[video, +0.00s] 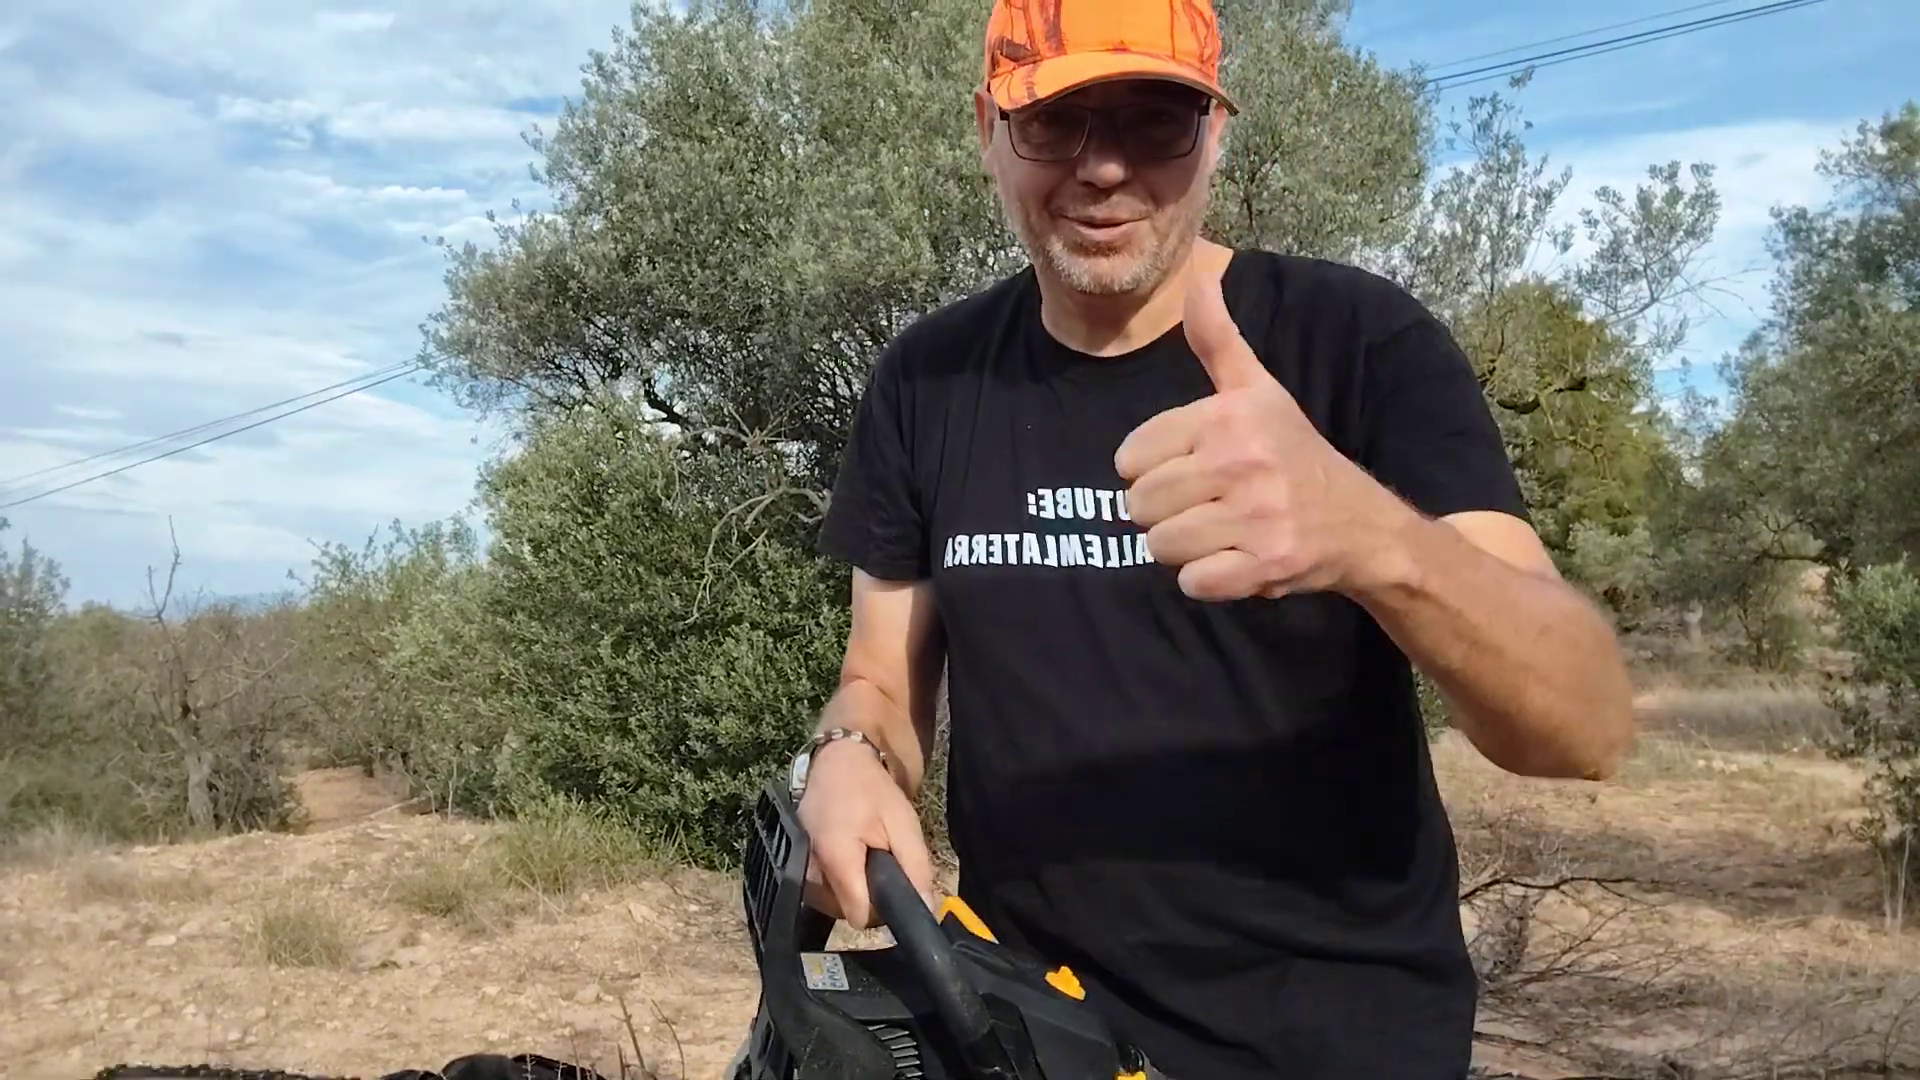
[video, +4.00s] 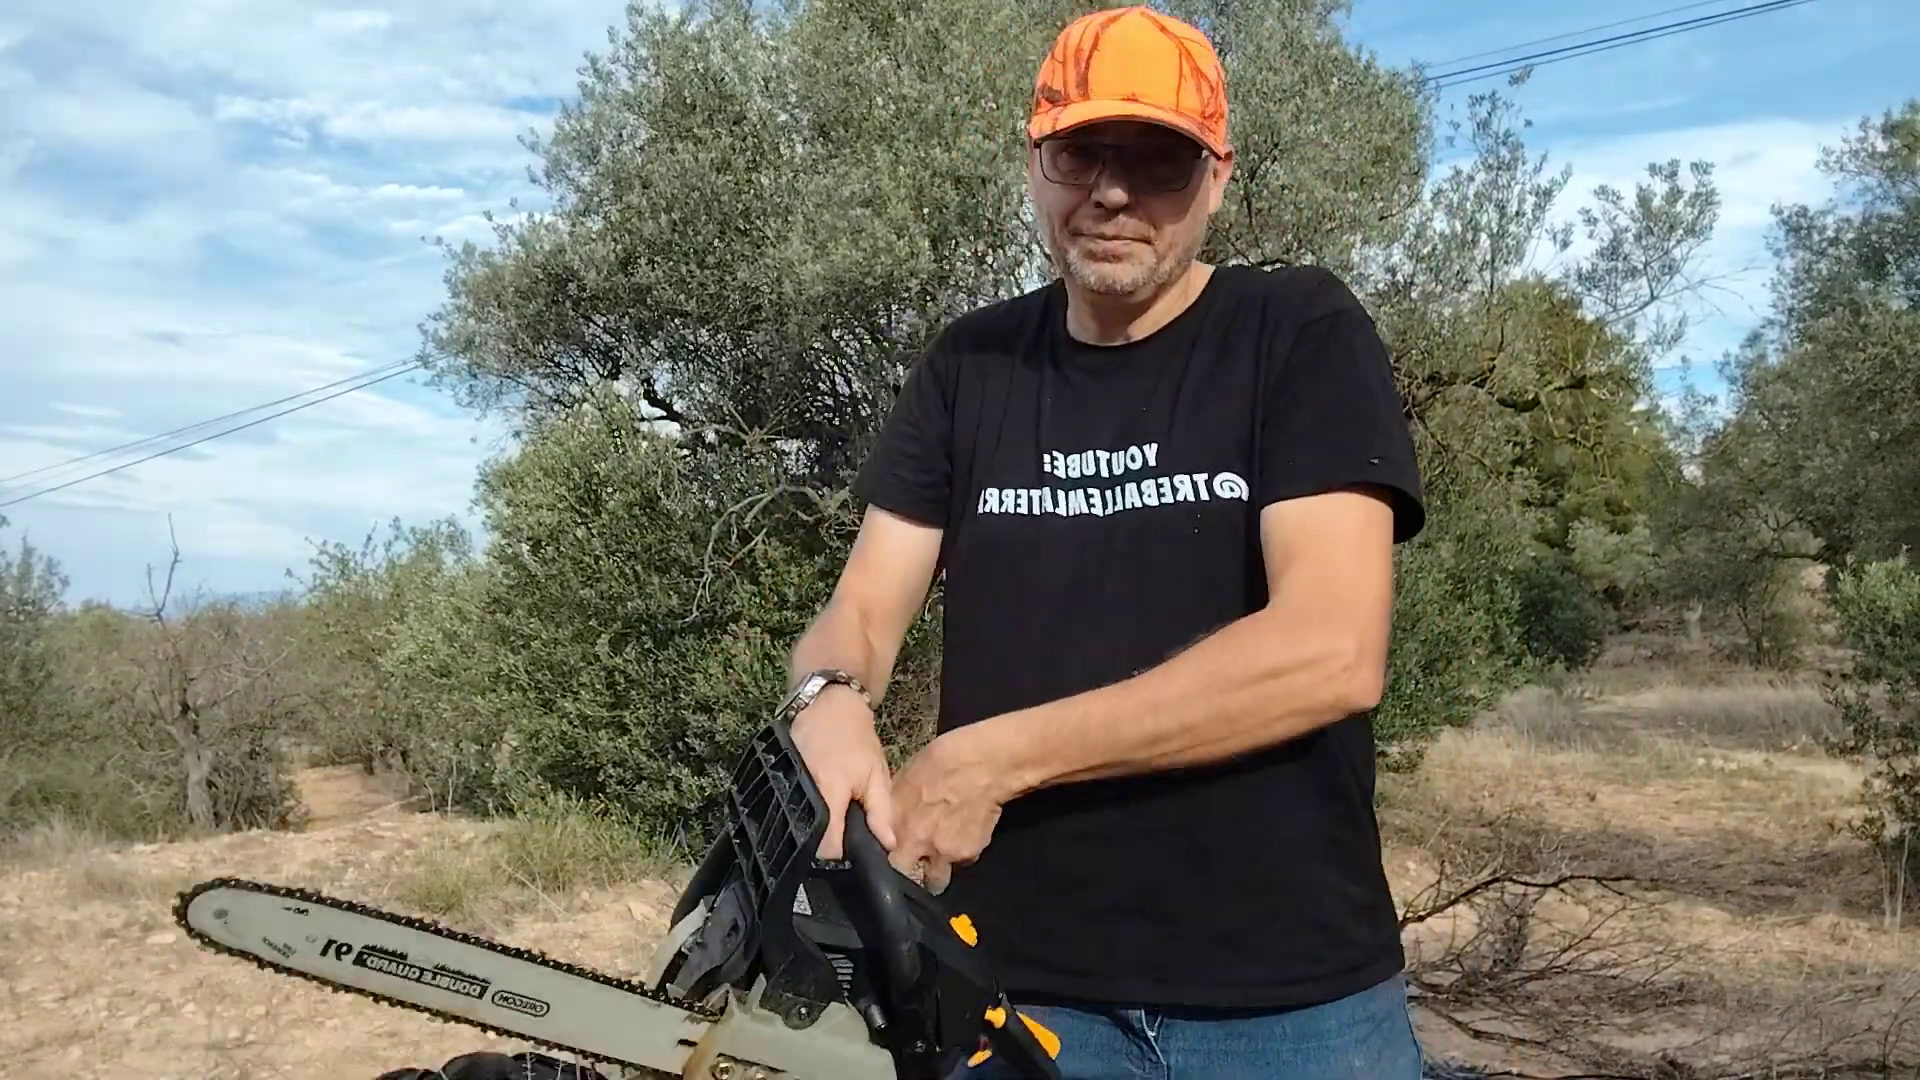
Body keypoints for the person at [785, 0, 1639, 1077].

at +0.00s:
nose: (1101, 172)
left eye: (1152, 124)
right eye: (1057, 124)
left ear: (1214, 131)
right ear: (991, 136)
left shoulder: (1359, 341)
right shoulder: (930, 380)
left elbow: (1586, 731)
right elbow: (881, 687)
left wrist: (1376, 536)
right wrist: (847, 757)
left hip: (1339, 1019)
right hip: (1038, 1019)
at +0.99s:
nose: (1105, 206)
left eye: (1152, 159)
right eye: (1064, 160)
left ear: (1222, 145)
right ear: (1012, 156)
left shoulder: (1372, 344)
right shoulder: (953, 382)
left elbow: (1563, 735)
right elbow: (906, 683)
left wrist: (1331, 495)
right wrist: (861, 753)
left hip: (1343, 1023)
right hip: (1051, 1015)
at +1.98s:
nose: (1239, 233)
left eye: (1291, 201)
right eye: (1214, 185)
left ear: (1368, 182)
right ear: (1172, 147)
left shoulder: (1483, 360)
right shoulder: (1086, 333)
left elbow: (1588, 741)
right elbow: (937, 594)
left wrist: (1272, 797)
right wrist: (854, 543)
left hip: (1407, 1041)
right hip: (1117, 1027)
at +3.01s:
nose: (1152, 184)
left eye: (1198, 155)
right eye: (1122, 144)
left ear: (1256, 181)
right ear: (1072, 158)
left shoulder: (1349, 362)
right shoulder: (991, 360)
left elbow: (1450, 691)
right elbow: (884, 620)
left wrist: (1164, 773)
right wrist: (790, 575)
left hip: (1293, 1020)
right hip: (1020, 1012)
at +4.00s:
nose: (1112, 198)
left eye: (1154, 164)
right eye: (1080, 160)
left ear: (1214, 178)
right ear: (1034, 168)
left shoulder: (1301, 330)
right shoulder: (969, 365)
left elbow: (1333, 649)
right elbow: (862, 616)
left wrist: (994, 759)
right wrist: (826, 702)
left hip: (1299, 1011)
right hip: (1026, 1008)